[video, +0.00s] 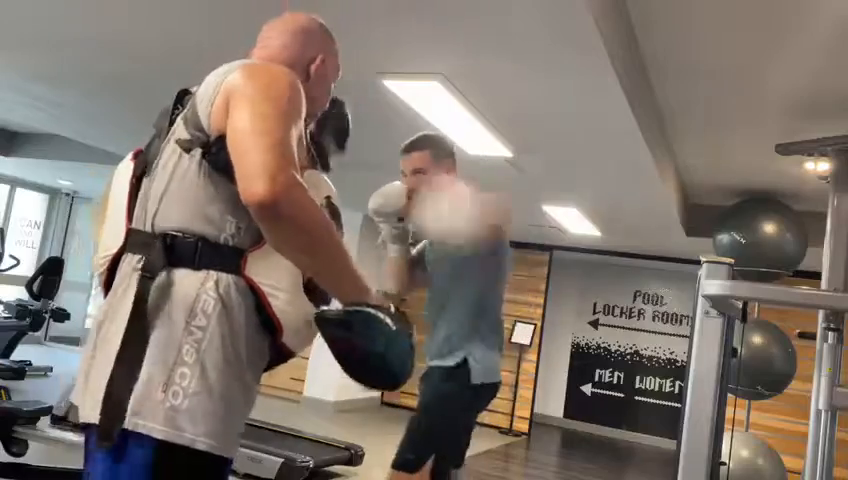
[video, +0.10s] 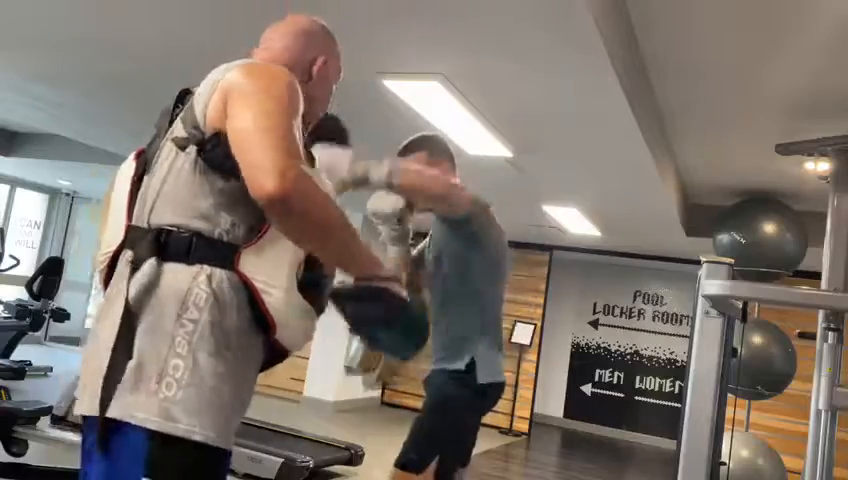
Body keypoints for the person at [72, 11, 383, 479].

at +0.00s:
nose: (328, 101)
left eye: (334, 86)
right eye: (333, 82)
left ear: (264, 45)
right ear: (319, 63)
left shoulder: (208, 94)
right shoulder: (266, 79)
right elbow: (269, 190)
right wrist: (360, 298)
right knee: (170, 464)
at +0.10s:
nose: (328, 100)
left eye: (333, 87)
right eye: (332, 84)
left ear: (265, 47)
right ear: (318, 65)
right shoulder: (263, 79)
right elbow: (277, 185)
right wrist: (370, 271)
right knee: (169, 467)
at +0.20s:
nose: (324, 103)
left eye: (330, 89)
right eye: (329, 85)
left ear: (260, 48)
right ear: (313, 67)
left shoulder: (205, 96)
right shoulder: (262, 78)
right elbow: (317, 179)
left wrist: (330, 227)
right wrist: (395, 232)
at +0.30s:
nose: (315, 90)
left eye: (318, 79)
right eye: (317, 76)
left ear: (247, 43)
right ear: (304, 58)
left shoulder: (188, 93)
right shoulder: (262, 83)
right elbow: (385, 194)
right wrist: (430, 176)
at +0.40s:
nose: (313, 76)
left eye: (319, 68)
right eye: (317, 64)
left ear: (241, 26)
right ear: (303, 47)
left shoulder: (172, 81)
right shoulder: (269, 80)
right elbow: (406, 187)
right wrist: (409, 129)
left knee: (86, 464)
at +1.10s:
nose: (307, 77)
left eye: (313, 63)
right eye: (311, 59)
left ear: (223, 23)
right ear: (291, 42)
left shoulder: (143, 73)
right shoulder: (266, 100)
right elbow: (367, 252)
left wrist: (295, 111)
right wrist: (398, 172)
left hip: (57, 330)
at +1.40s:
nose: (292, 20)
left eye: (294, 8)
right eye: (293, 6)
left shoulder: (108, 40)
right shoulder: (230, 59)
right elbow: (357, 219)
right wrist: (370, 105)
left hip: (41, 317)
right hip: (131, 345)